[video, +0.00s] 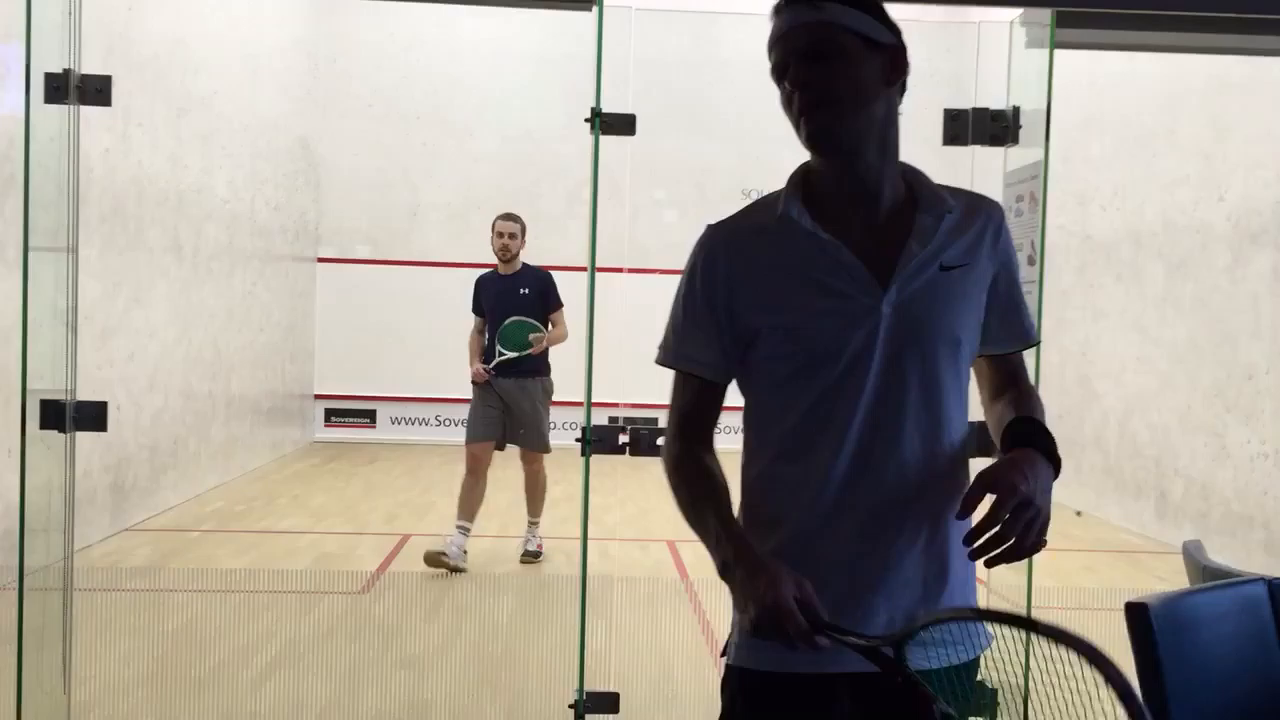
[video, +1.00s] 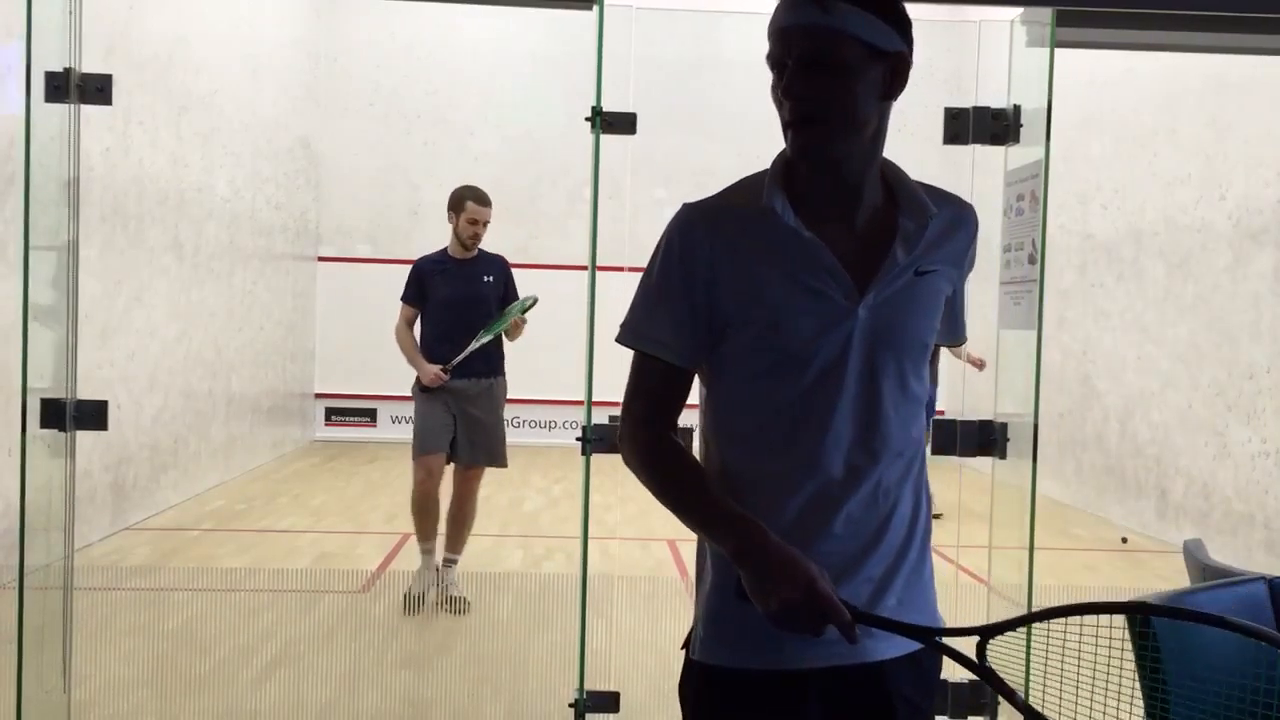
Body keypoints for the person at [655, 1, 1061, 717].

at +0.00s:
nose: (796, 89)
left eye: (818, 60)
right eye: (781, 74)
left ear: (893, 67)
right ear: (776, 94)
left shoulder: (975, 230)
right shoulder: (733, 251)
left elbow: (1004, 382)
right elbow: (686, 440)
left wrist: (1031, 456)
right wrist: (740, 565)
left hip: (935, 644)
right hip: (785, 645)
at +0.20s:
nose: (799, 98)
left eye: (822, 71)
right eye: (787, 79)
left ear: (900, 70)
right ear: (778, 90)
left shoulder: (976, 232)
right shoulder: (738, 247)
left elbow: (1011, 393)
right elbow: (697, 436)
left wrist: (1036, 464)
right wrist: (760, 558)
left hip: (937, 647)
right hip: (788, 648)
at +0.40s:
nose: (799, 99)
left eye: (823, 73)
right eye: (786, 78)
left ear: (899, 72)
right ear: (775, 85)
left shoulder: (974, 232)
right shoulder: (730, 245)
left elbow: (1027, 365)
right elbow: (677, 435)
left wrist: (1049, 496)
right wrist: (753, 549)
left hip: (928, 648)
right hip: (778, 647)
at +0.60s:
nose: (795, 93)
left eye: (823, 69)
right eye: (784, 72)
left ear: (898, 74)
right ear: (772, 78)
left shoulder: (972, 231)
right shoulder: (723, 241)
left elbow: (997, 339)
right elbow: (665, 434)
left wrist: (946, 435)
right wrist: (754, 542)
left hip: (915, 642)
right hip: (765, 645)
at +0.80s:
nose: (795, 90)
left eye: (824, 67)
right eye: (786, 67)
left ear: (900, 74)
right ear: (773, 76)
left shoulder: (959, 229)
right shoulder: (714, 236)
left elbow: (932, 372)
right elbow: (658, 430)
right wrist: (758, 541)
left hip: (906, 638)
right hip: (757, 644)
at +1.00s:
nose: (793, 88)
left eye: (823, 66)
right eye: (780, 66)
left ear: (896, 76)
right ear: (767, 76)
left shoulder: (947, 228)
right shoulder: (707, 234)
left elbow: (918, 379)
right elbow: (643, 431)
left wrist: (914, 502)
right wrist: (757, 553)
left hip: (897, 639)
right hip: (749, 648)